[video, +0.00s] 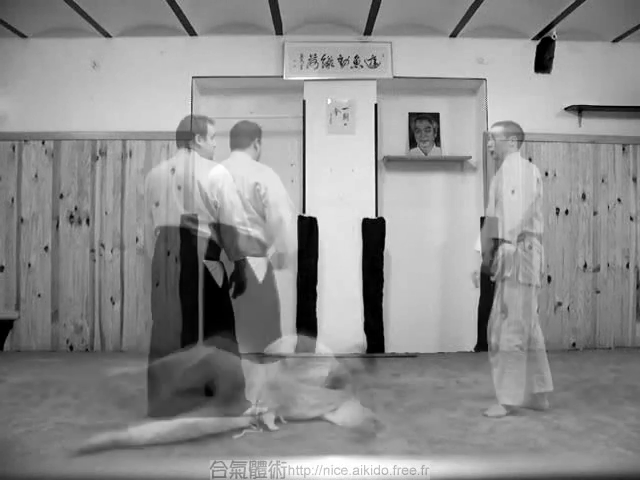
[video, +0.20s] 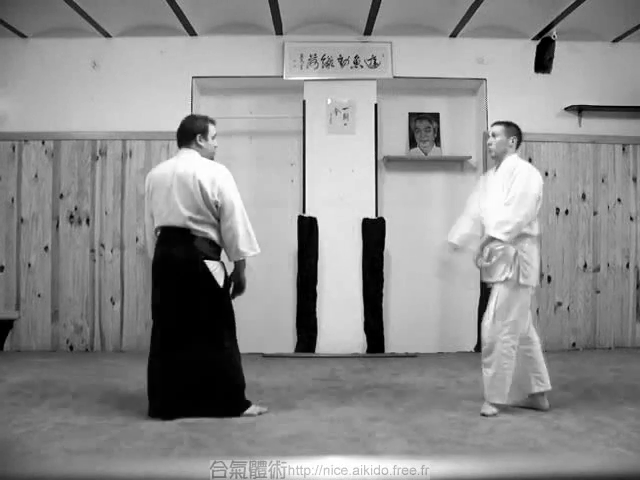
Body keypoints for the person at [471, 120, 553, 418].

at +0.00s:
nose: (490, 143)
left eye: (494, 138)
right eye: (491, 138)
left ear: (513, 141)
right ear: (512, 142)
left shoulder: (516, 168)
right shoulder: (514, 169)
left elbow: (518, 208)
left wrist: (508, 244)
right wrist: (489, 250)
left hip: (518, 251)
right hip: (521, 250)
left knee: (509, 325)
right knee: (526, 322)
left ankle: (508, 400)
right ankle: (538, 394)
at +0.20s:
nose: (489, 141)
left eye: (494, 136)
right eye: (488, 137)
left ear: (512, 141)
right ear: (491, 143)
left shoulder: (526, 173)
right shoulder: (490, 177)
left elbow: (519, 214)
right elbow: (474, 213)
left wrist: (491, 243)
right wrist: (458, 240)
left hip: (518, 259)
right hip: (496, 258)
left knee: (497, 327)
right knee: (520, 326)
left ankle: (493, 399)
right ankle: (538, 392)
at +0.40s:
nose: (492, 140)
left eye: (498, 135)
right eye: (489, 136)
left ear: (513, 143)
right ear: (486, 142)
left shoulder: (520, 176)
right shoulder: (476, 175)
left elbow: (509, 213)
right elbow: (448, 198)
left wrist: (475, 231)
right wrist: (421, 219)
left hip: (505, 254)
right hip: (478, 254)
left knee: (497, 329)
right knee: (500, 326)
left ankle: (493, 399)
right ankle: (533, 385)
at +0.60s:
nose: (471, 139)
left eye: (478, 134)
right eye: (469, 134)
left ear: (492, 140)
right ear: (466, 140)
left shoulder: (498, 172)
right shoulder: (453, 170)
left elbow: (485, 210)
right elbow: (421, 159)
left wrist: (448, 204)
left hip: (478, 256)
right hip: (447, 255)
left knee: (483, 328)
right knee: (434, 324)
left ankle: (491, 400)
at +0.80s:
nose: (436, 143)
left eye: (443, 138)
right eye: (435, 138)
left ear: (458, 145)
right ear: (432, 144)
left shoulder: (466, 177)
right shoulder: (422, 171)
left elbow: (423, 189)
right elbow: (386, 153)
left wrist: (400, 163)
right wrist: (419, 139)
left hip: (454, 259)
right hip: (419, 257)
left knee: (463, 330)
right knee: (380, 322)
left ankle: (491, 397)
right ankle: (373, 390)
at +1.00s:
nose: (379, 141)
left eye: (386, 136)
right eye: (376, 135)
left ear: (399, 145)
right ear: (372, 141)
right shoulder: (357, 172)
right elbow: (326, 155)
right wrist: (303, 132)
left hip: (400, 282)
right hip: (362, 280)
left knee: (439, 337)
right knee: (343, 334)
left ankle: (481, 397)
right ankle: (334, 398)